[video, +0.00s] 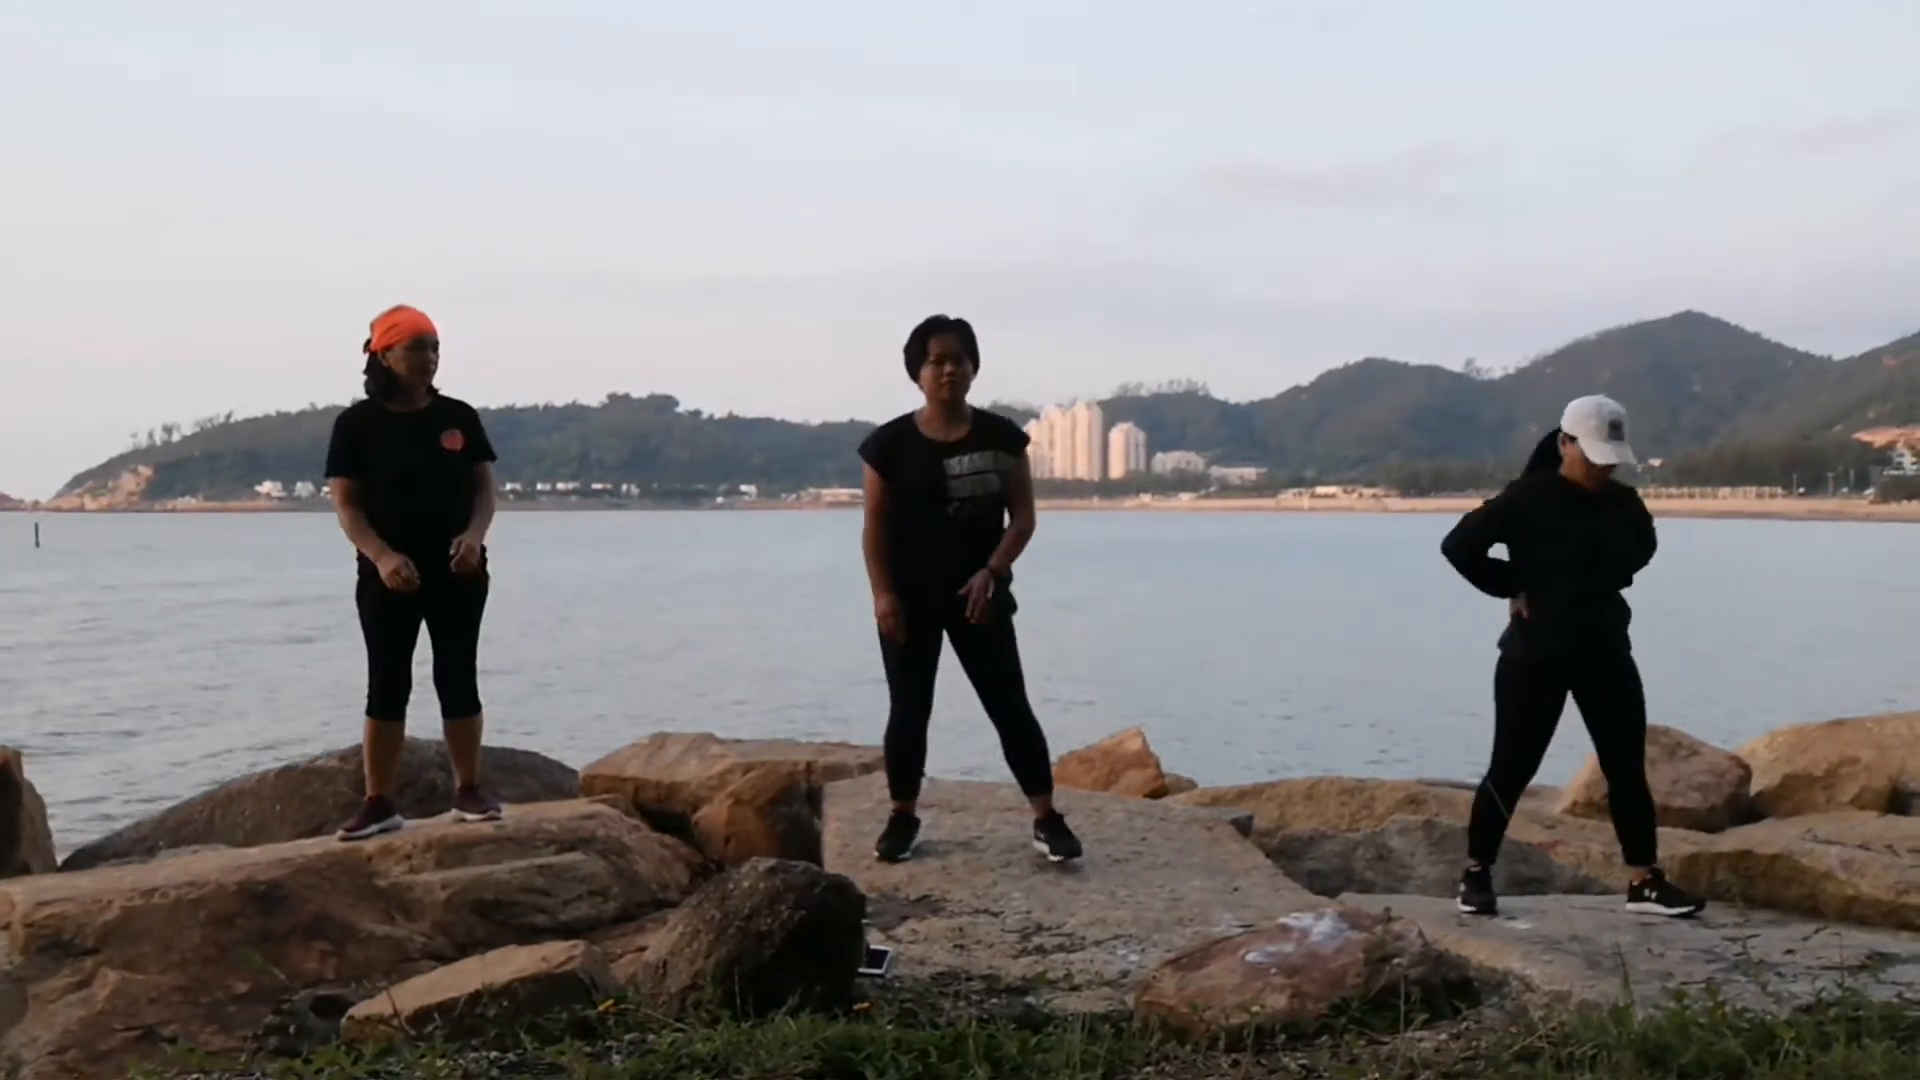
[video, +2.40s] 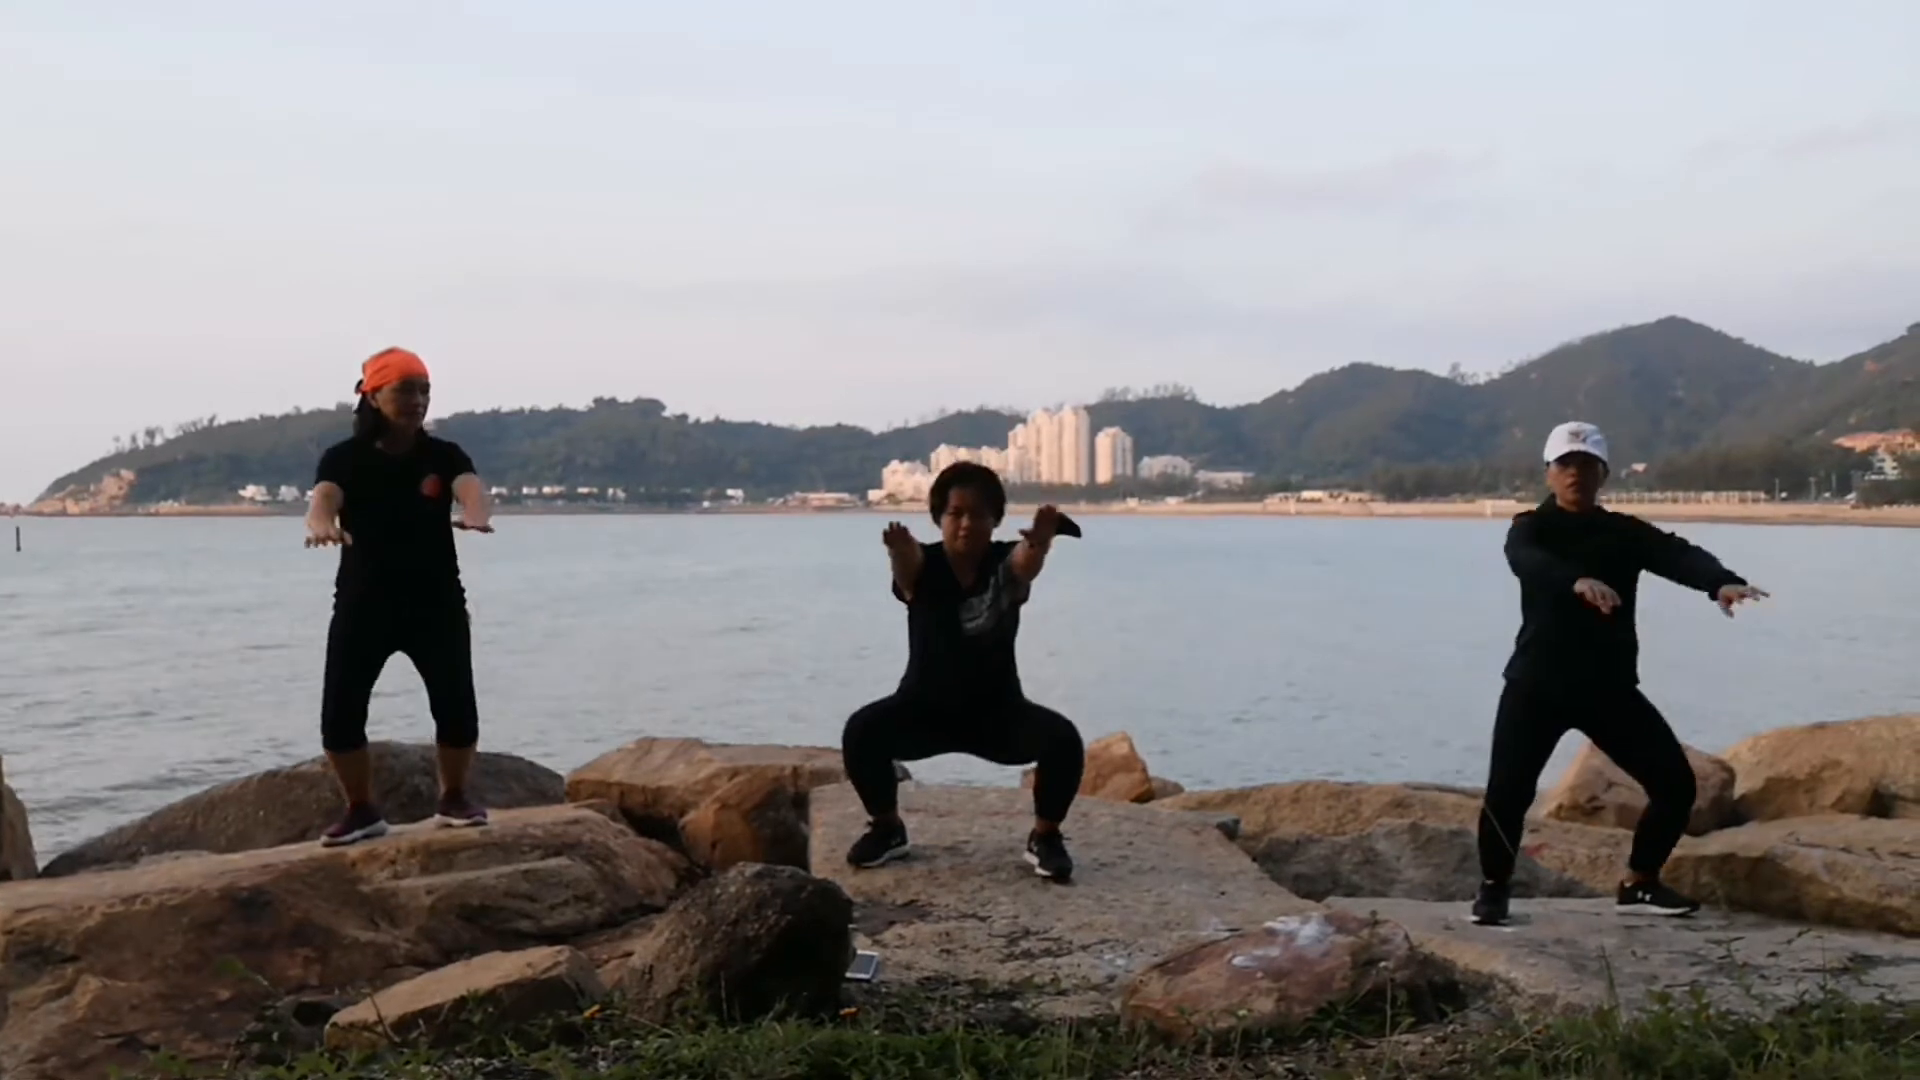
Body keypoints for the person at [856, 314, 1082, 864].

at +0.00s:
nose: (948, 370)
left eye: (957, 360)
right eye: (936, 361)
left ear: (973, 368)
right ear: (916, 371)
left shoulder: (1001, 437)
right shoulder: (888, 445)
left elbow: (1023, 519)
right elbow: (874, 527)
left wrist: (992, 571)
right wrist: (881, 592)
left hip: (979, 594)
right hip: (910, 598)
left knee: (1011, 709)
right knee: (907, 714)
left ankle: (1046, 817)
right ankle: (902, 817)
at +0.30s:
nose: (986, 371)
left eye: (996, 360)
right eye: (974, 362)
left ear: (1013, 368)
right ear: (957, 374)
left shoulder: (1050, 439)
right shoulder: (935, 447)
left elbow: (1071, 518)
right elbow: (914, 526)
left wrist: (1075, 583)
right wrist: (895, 594)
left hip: (1026, 600)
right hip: (953, 600)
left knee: (1036, 714)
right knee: (930, 710)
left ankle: (1053, 826)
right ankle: (904, 817)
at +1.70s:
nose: (988, 374)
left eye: (999, 364)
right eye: (978, 365)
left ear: (1019, 370)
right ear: (962, 372)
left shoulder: (1046, 438)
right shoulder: (936, 437)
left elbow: (1075, 503)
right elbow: (896, 501)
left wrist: (1077, 558)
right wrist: (870, 558)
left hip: (1020, 600)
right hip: (948, 599)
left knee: (1031, 717)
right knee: (920, 710)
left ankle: (1048, 833)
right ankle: (893, 821)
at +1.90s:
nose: (980, 401)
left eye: (993, 391)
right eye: (971, 389)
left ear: (1012, 396)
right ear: (955, 393)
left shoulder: (1031, 447)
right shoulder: (932, 444)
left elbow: (1056, 467)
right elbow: (901, 459)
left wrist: (1067, 478)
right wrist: (882, 476)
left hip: (1011, 616)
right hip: (937, 613)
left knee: (1043, 730)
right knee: (898, 716)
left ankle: (1047, 835)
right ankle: (892, 823)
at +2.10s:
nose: (970, 462)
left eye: (982, 452)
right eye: (960, 452)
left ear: (1000, 459)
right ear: (945, 459)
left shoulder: (1014, 509)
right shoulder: (927, 507)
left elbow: (1036, 505)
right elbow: (906, 507)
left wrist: (1050, 477)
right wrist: (897, 482)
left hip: (1001, 666)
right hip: (928, 664)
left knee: (1059, 735)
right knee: (873, 728)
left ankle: (1047, 836)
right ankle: (889, 825)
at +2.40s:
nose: (966, 524)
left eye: (977, 514)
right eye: (956, 513)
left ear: (995, 522)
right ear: (939, 520)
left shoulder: (1007, 565)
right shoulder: (923, 566)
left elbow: (1025, 563)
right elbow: (908, 566)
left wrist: (1039, 541)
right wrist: (900, 549)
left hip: (995, 717)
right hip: (924, 715)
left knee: (1063, 741)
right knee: (861, 733)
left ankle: (1046, 837)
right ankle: (886, 827)